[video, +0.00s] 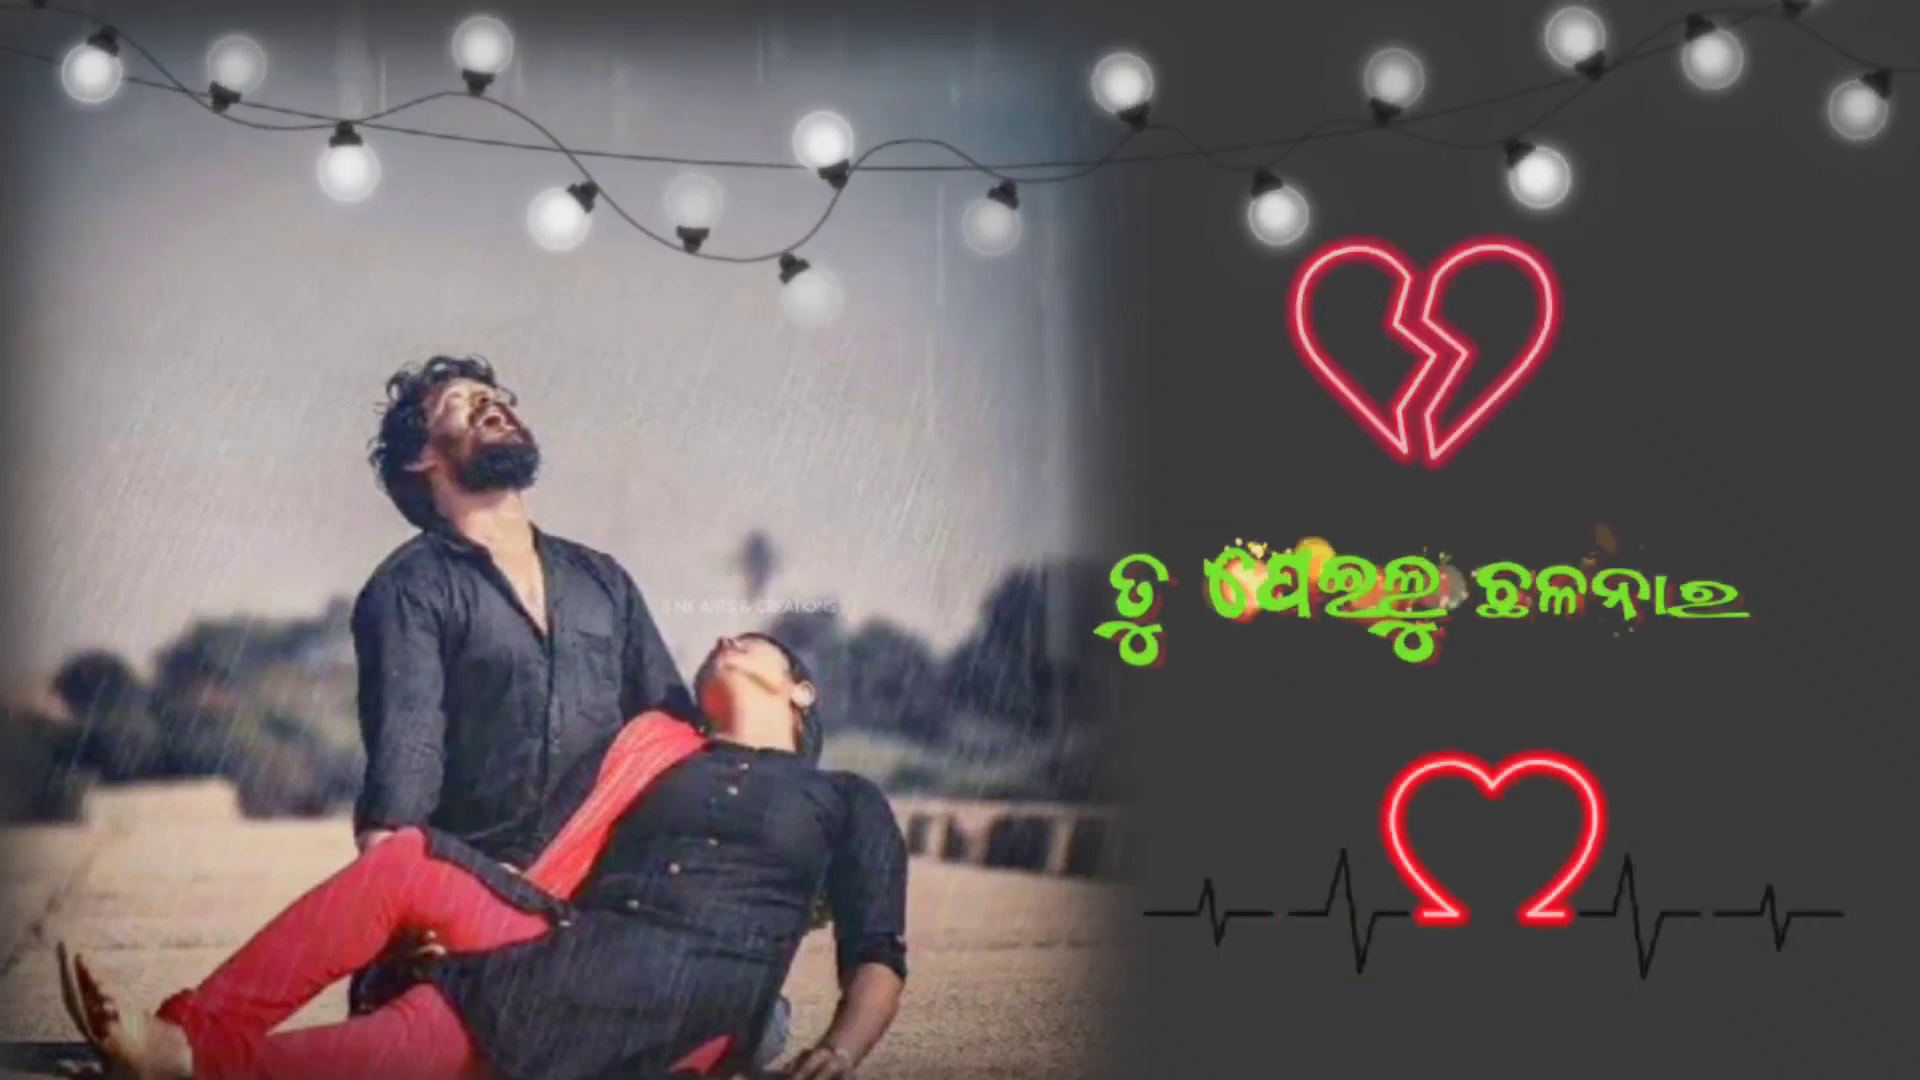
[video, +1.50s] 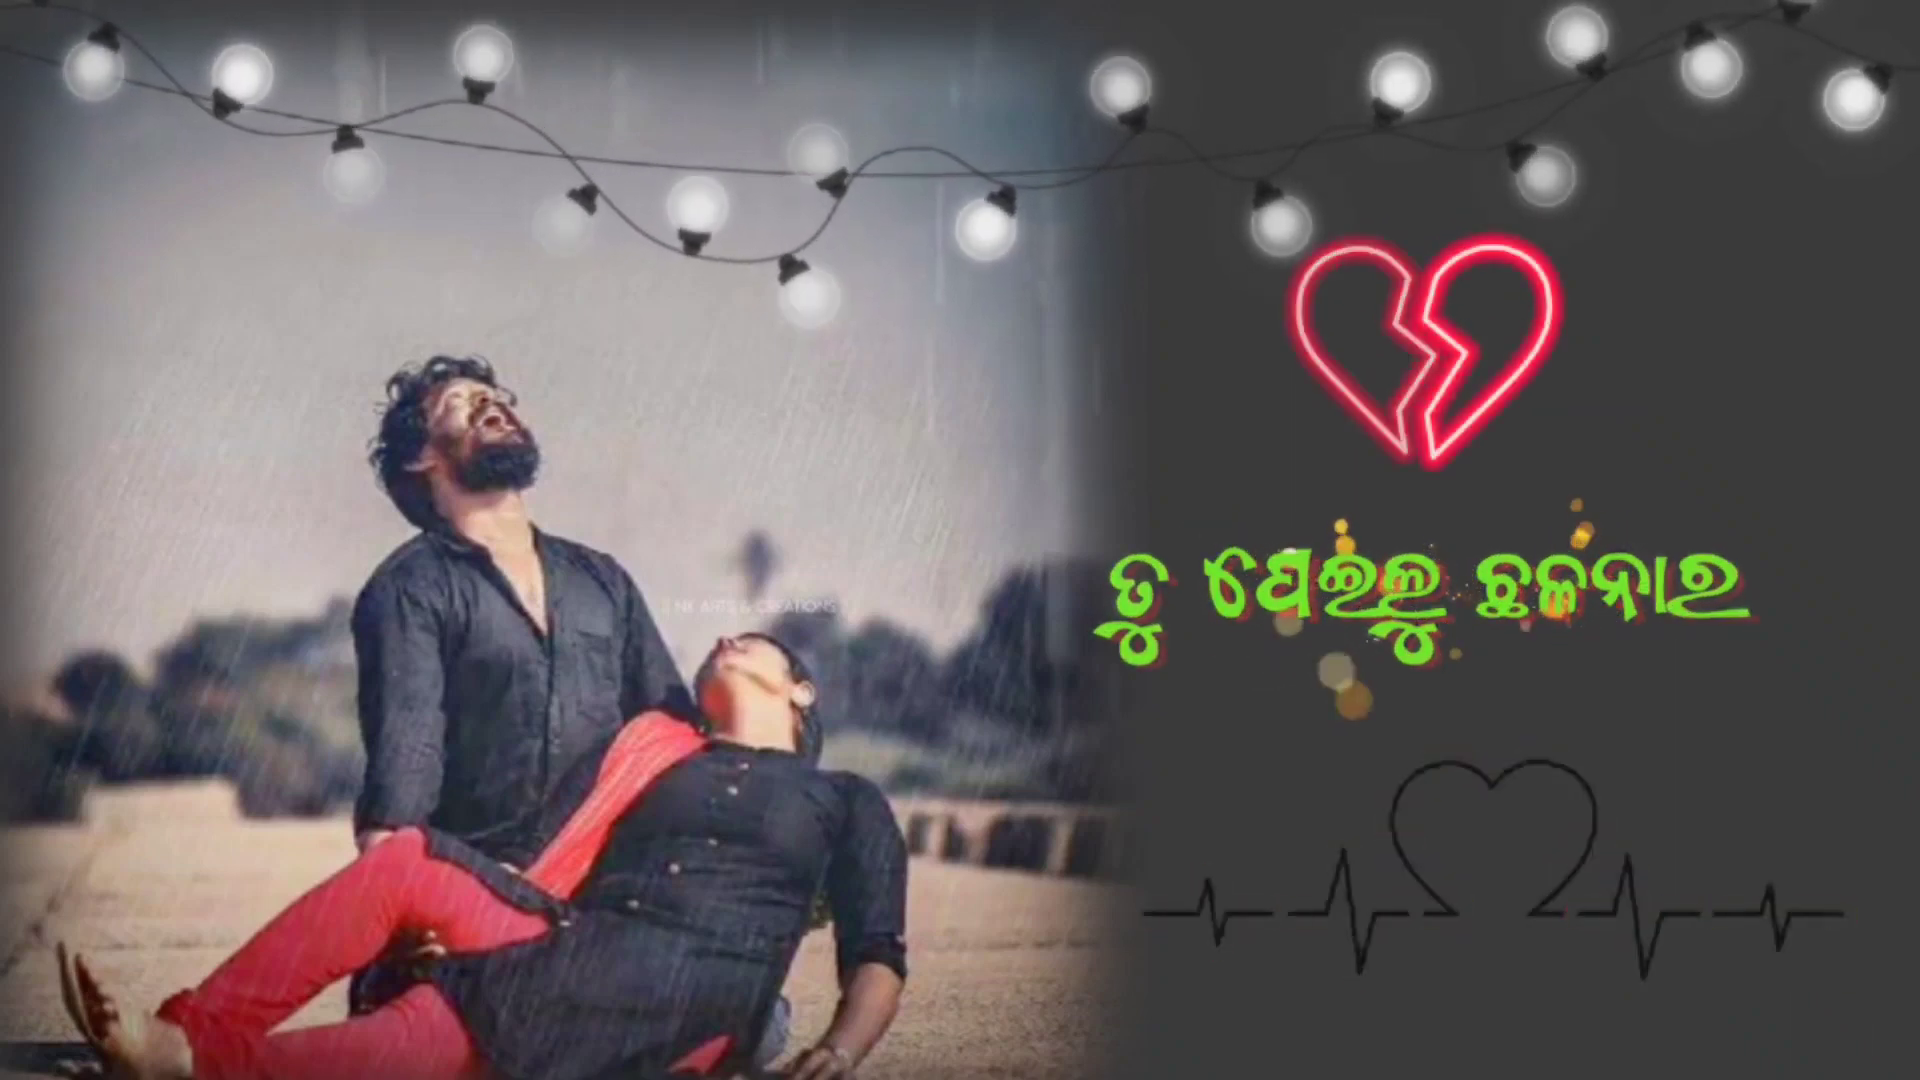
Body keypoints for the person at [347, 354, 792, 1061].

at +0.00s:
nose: (497, 408)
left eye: (502, 401)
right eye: (463, 406)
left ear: (525, 438)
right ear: (422, 462)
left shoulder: (602, 578)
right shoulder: (410, 588)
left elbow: (678, 728)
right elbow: (404, 753)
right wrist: (388, 901)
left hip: (617, 883)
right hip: (462, 890)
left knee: (761, 1021)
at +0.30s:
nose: (497, 408)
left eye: (502, 401)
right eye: (463, 406)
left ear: (525, 438)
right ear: (422, 462)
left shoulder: (602, 578)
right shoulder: (410, 588)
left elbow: (678, 728)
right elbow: (404, 753)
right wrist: (388, 901)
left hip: (617, 883)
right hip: (462, 890)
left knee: (761, 1020)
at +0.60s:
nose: (497, 408)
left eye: (501, 400)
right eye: (463, 406)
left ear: (525, 435)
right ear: (422, 463)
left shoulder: (602, 578)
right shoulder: (410, 588)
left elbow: (678, 728)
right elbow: (404, 755)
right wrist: (388, 904)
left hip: (617, 882)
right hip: (462, 890)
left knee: (761, 1020)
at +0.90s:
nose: (496, 408)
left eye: (502, 401)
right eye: (463, 406)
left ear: (525, 438)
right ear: (421, 462)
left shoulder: (602, 578)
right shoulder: (410, 587)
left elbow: (678, 728)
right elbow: (404, 753)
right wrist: (387, 904)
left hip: (617, 883)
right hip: (462, 890)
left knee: (760, 1022)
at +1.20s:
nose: (496, 408)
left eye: (502, 401)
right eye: (463, 406)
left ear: (525, 438)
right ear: (421, 462)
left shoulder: (602, 578)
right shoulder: (410, 587)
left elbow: (678, 728)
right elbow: (404, 753)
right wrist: (387, 904)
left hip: (617, 883)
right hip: (462, 890)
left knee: (760, 1022)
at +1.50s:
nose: (496, 408)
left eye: (502, 401)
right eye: (463, 406)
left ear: (525, 438)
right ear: (421, 462)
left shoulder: (602, 578)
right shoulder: (410, 587)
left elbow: (678, 728)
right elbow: (404, 753)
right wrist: (387, 904)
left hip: (617, 883)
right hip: (462, 890)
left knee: (760, 1022)